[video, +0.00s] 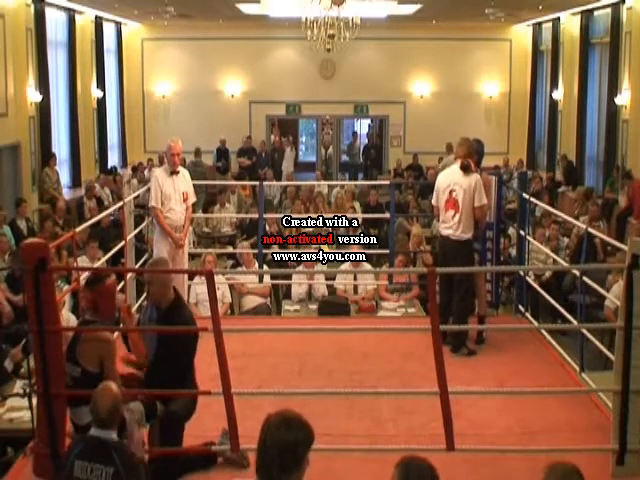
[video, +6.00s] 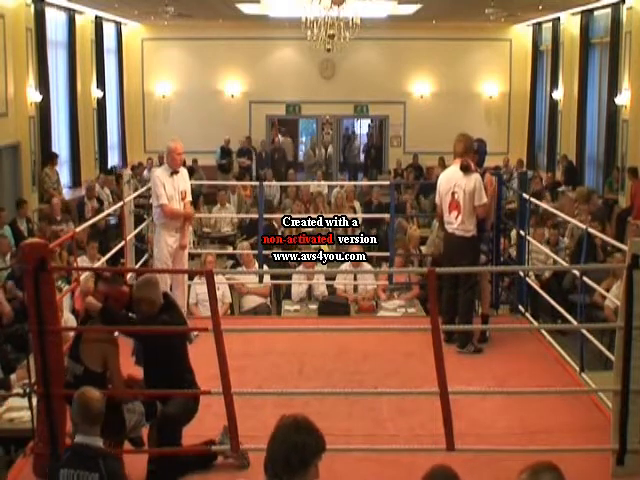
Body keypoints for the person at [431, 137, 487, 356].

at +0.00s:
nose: (473, 159)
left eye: (467, 154)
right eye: (473, 156)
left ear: (456, 154)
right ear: (472, 155)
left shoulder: (442, 175)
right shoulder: (474, 178)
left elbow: (436, 207)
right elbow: (480, 211)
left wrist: (444, 222)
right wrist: (478, 228)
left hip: (443, 238)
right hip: (463, 240)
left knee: (446, 286)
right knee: (463, 290)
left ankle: (443, 329)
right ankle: (459, 339)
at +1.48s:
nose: (472, 159)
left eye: (470, 155)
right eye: (472, 155)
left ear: (453, 155)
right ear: (470, 156)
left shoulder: (442, 177)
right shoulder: (471, 178)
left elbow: (437, 209)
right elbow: (480, 209)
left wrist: (446, 221)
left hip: (445, 237)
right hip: (464, 239)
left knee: (446, 285)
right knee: (463, 288)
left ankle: (444, 328)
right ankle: (459, 338)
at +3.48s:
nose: (468, 157)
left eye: (460, 153)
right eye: (471, 153)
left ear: (455, 154)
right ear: (472, 154)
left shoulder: (447, 178)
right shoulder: (479, 178)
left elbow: (441, 211)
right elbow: (488, 207)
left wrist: (452, 223)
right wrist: (485, 225)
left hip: (453, 237)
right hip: (472, 238)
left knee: (450, 283)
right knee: (469, 286)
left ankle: (449, 327)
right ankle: (465, 337)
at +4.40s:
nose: (462, 156)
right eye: (463, 152)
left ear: (446, 154)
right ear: (463, 152)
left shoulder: (440, 180)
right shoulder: (472, 178)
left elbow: (436, 213)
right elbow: (481, 210)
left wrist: (449, 220)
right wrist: (492, 192)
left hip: (449, 235)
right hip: (469, 236)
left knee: (449, 283)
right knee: (467, 285)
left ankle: (448, 328)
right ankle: (464, 337)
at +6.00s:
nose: (473, 155)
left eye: (471, 152)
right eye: (473, 152)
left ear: (454, 152)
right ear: (472, 153)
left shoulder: (443, 176)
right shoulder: (474, 178)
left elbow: (439, 210)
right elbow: (482, 211)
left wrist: (446, 227)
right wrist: (489, 192)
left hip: (449, 236)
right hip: (468, 237)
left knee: (449, 282)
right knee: (467, 285)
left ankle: (448, 327)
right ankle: (464, 336)